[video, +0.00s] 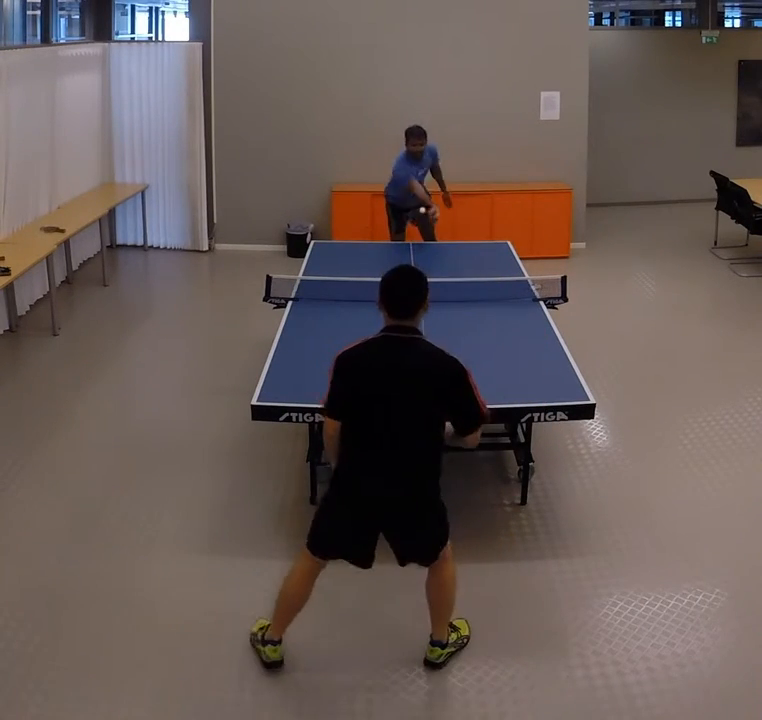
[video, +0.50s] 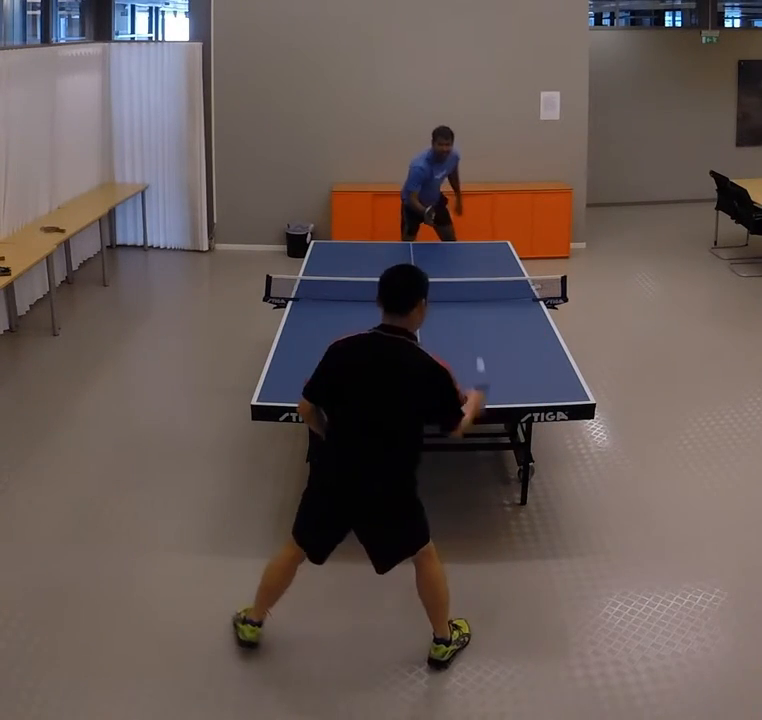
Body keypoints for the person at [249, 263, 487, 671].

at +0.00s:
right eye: (421, 299)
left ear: (380, 304)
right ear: (425, 305)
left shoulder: (350, 360)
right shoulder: (446, 367)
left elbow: (333, 431)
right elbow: (471, 436)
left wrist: (339, 465)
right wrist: (444, 427)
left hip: (354, 487)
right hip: (414, 491)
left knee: (313, 558)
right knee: (440, 556)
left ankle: (272, 640)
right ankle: (440, 640)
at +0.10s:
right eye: (416, 301)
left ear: (377, 305)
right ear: (421, 306)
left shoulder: (345, 360)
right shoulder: (440, 370)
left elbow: (324, 428)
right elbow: (462, 441)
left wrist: (335, 462)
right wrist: (432, 414)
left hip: (345, 488)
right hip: (407, 491)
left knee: (304, 564)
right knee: (432, 555)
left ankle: (271, 642)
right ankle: (440, 640)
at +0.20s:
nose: (415, 303)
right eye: (416, 298)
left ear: (374, 301)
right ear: (417, 303)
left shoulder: (340, 355)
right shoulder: (436, 367)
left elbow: (320, 426)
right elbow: (456, 438)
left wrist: (335, 456)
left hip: (341, 486)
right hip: (402, 489)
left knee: (302, 565)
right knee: (431, 557)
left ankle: (271, 643)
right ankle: (440, 641)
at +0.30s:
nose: (415, 301)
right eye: (416, 295)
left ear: (373, 298)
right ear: (417, 300)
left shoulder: (337, 353)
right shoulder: (435, 365)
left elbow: (318, 420)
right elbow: (455, 431)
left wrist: (331, 455)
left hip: (338, 485)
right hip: (399, 488)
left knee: (302, 564)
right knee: (429, 558)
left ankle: (272, 643)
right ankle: (440, 641)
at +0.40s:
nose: (419, 301)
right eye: (420, 296)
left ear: (377, 298)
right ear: (419, 301)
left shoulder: (340, 351)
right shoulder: (433, 365)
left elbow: (314, 417)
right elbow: (458, 411)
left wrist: (334, 447)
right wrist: (453, 371)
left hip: (335, 482)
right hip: (394, 487)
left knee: (298, 555)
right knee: (425, 557)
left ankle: (267, 636)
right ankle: (440, 639)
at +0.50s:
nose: (426, 308)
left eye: (424, 302)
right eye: (425, 302)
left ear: (379, 303)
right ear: (420, 307)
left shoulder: (343, 350)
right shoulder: (427, 370)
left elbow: (306, 407)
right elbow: (456, 428)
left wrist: (326, 433)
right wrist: (471, 407)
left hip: (334, 480)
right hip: (390, 487)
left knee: (295, 549)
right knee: (424, 555)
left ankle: (252, 621)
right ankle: (443, 638)